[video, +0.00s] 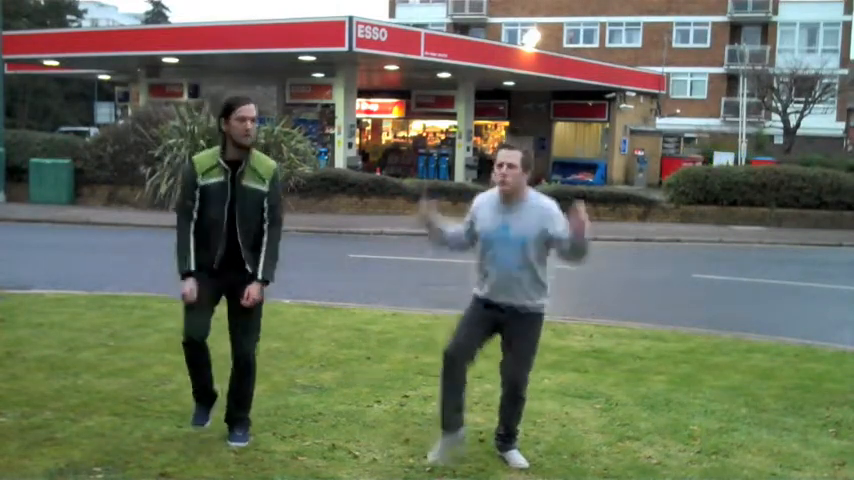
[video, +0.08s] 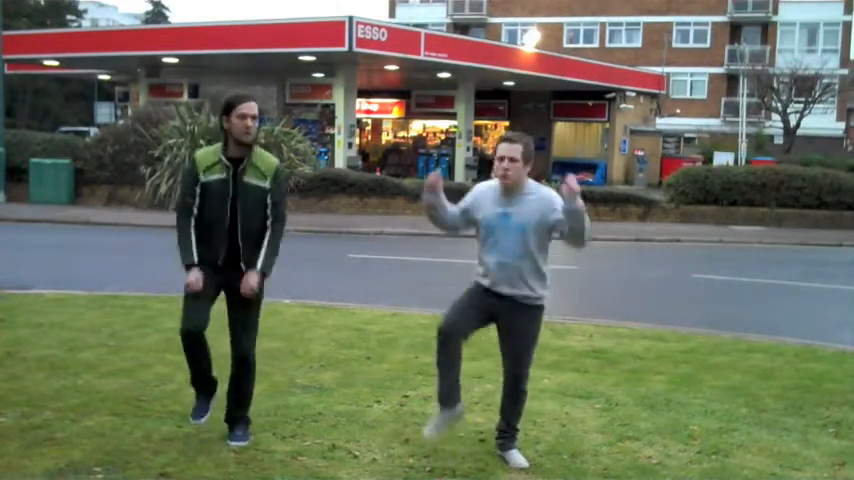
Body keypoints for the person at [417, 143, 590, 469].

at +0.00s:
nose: (502, 172)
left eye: (510, 167)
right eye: (498, 166)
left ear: (526, 173)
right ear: (493, 171)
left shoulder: (547, 210)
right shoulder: (483, 203)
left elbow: (571, 254)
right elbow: (466, 237)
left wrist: (579, 236)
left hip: (527, 310)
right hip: (486, 302)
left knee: (515, 381)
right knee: (454, 355)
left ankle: (507, 445)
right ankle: (452, 434)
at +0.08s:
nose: (503, 166)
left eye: (512, 161)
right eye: (499, 159)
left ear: (527, 167)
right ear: (494, 162)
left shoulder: (547, 200)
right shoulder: (482, 192)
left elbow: (577, 238)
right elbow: (452, 222)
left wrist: (573, 203)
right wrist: (435, 197)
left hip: (525, 299)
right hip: (485, 290)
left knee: (517, 375)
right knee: (449, 330)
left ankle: (507, 442)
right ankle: (450, 408)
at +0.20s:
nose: (509, 172)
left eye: (515, 164)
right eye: (502, 164)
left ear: (529, 163)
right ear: (495, 162)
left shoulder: (546, 193)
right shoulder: (484, 188)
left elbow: (569, 232)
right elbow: (448, 204)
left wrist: (563, 219)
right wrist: (410, 200)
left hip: (524, 296)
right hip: (486, 284)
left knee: (515, 375)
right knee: (449, 322)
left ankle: (506, 443)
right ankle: (451, 402)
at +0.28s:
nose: (510, 174)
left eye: (517, 167)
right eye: (504, 167)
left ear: (530, 163)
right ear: (496, 163)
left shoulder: (547, 194)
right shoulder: (484, 187)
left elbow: (561, 240)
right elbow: (442, 211)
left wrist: (565, 232)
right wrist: (409, 201)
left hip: (524, 298)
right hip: (485, 287)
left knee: (515, 376)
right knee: (455, 344)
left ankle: (506, 443)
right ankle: (454, 428)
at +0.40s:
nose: (507, 190)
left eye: (513, 182)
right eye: (500, 183)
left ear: (523, 176)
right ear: (491, 179)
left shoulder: (543, 198)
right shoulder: (482, 193)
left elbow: (577, 215)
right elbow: (461, 204)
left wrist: (608, 211)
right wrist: (433, 192)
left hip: (522, 303)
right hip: (481, 298)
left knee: (515, 377)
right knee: (461, 364)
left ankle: (506, 444)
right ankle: (458, 438)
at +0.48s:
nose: (501, 201)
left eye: (507, 194)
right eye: (495, 195)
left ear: (518, 188)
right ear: (485, 190)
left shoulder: (539, 206)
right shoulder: (478, 203)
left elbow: (583, 212)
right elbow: (457, 208)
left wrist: (625, 217)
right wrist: (428, 206)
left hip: (522, 307)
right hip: (482, 300)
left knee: (514, 376)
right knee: (456, 343)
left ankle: (505, 444)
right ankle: (456, 419)